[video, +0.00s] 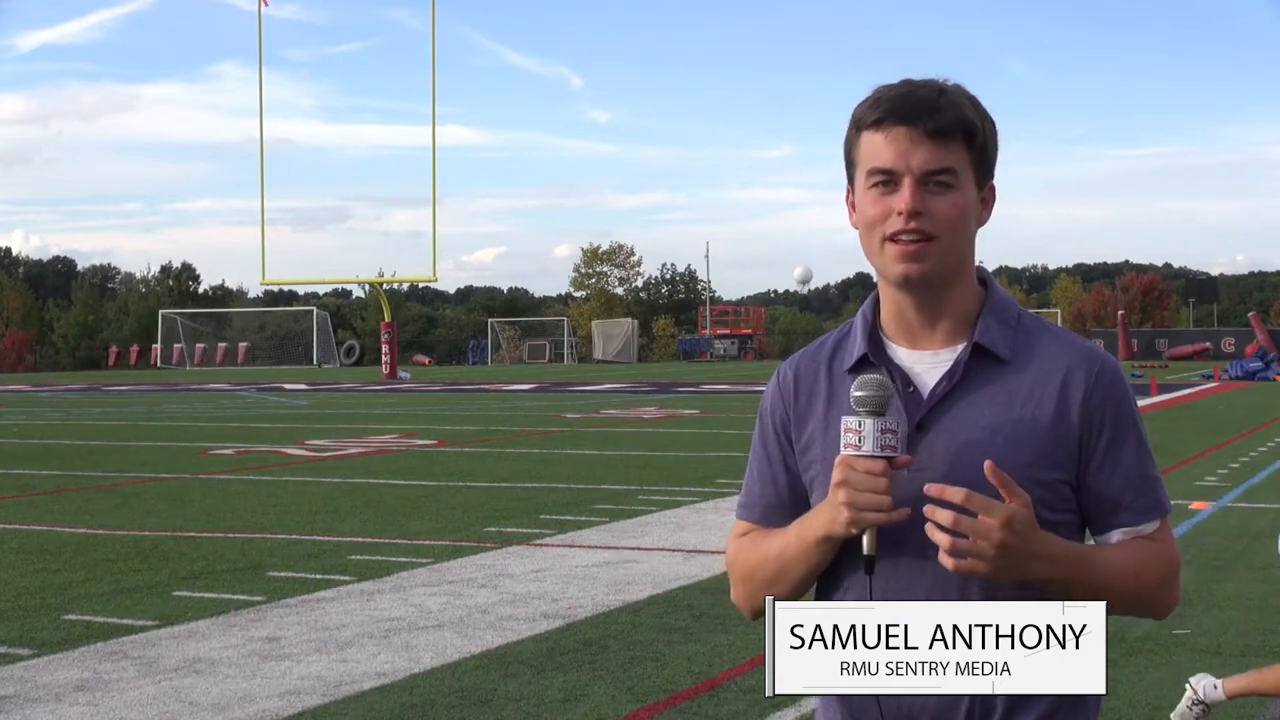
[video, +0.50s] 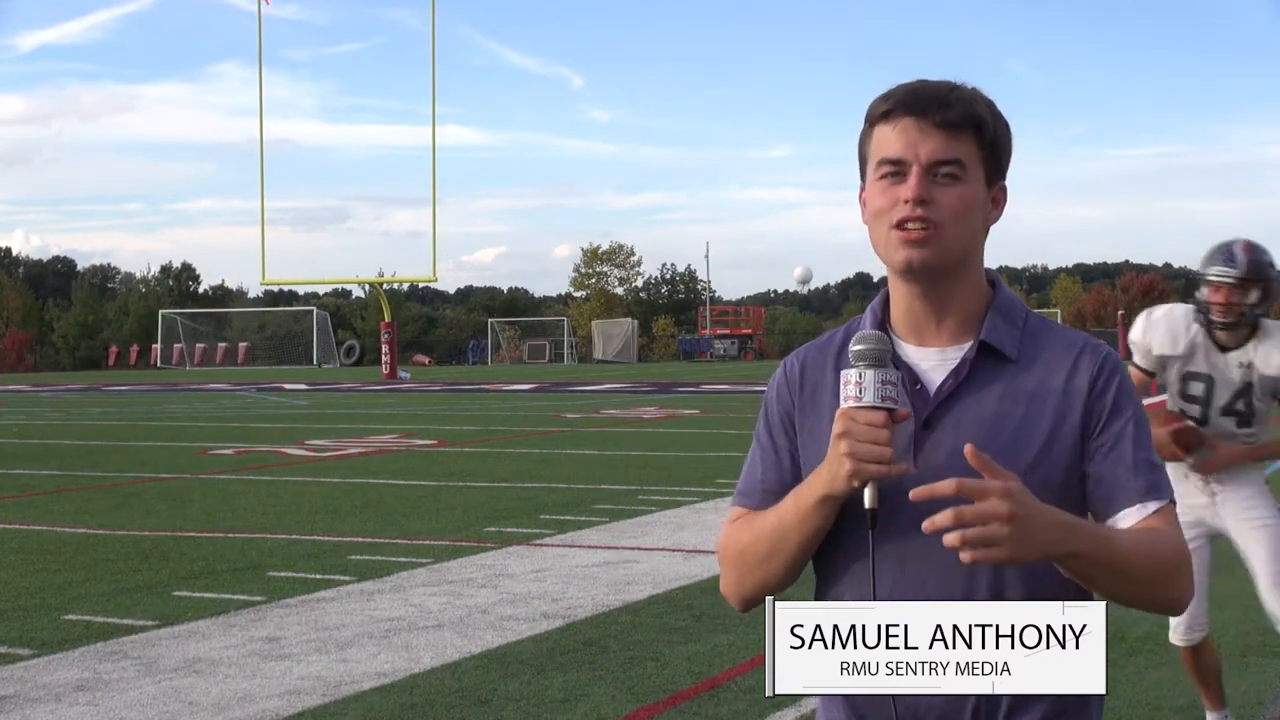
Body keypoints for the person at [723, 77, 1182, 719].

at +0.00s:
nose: (908, 205)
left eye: (938, 182)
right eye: (883, 183)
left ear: (984, 203)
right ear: (853, 207)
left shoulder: (1080, 379)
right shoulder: (799, 386)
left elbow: (1158, 581)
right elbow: (747, 587)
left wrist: (1042, 557)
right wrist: (828, 520)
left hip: (1032, 707)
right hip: (853, 708)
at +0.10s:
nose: (903, 202)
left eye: (935, 180)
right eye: (881, 180)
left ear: (985, 203)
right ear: (854, 204)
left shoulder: (1080, 379)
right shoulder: (799, 386)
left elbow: (1159, 589)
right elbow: (748, 586)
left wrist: (1038, 527)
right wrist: (824, 522)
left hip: (1033, 706)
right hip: (854, 708)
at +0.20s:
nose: (899, 201)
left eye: (933, 180)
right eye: (878, 179)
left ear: (986, 205)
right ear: (855, 199)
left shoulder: (1080, 378)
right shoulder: (799, 386)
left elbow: (1156, 593)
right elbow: (748, 584)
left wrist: (1042, 504)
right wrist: (821, 522)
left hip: (1035, 706)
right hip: (856, 708)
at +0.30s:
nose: (900, 199)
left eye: (934, 180)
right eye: (881, 177)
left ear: (989, 204)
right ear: (858, 199)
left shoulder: (1080, 376)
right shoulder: (801, 384)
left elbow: (1151, 591)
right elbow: (748, 584)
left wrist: (1044, 503)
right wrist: (820, 513)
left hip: (1036, 705)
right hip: (858, 706)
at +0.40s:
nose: (906, 199)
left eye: (940, 178)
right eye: (885, 176)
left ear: (992, 203)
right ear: (862, 200)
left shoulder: (1081, 374)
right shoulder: (803, 382)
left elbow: (1155, 585)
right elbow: (744, 583)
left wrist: (1051, 518)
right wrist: (822, 497)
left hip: (1036, 705)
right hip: (859, 706)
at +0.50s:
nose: (913, 195)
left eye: (945, 174)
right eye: (891, 174)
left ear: (995, 202)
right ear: (864, 204)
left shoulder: (1085, 375)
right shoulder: (806, 377)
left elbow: (1172, 582)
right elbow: (738, 581)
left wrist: (1053, 533)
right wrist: (827, 483)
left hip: (1035, 706)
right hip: (857, 707)